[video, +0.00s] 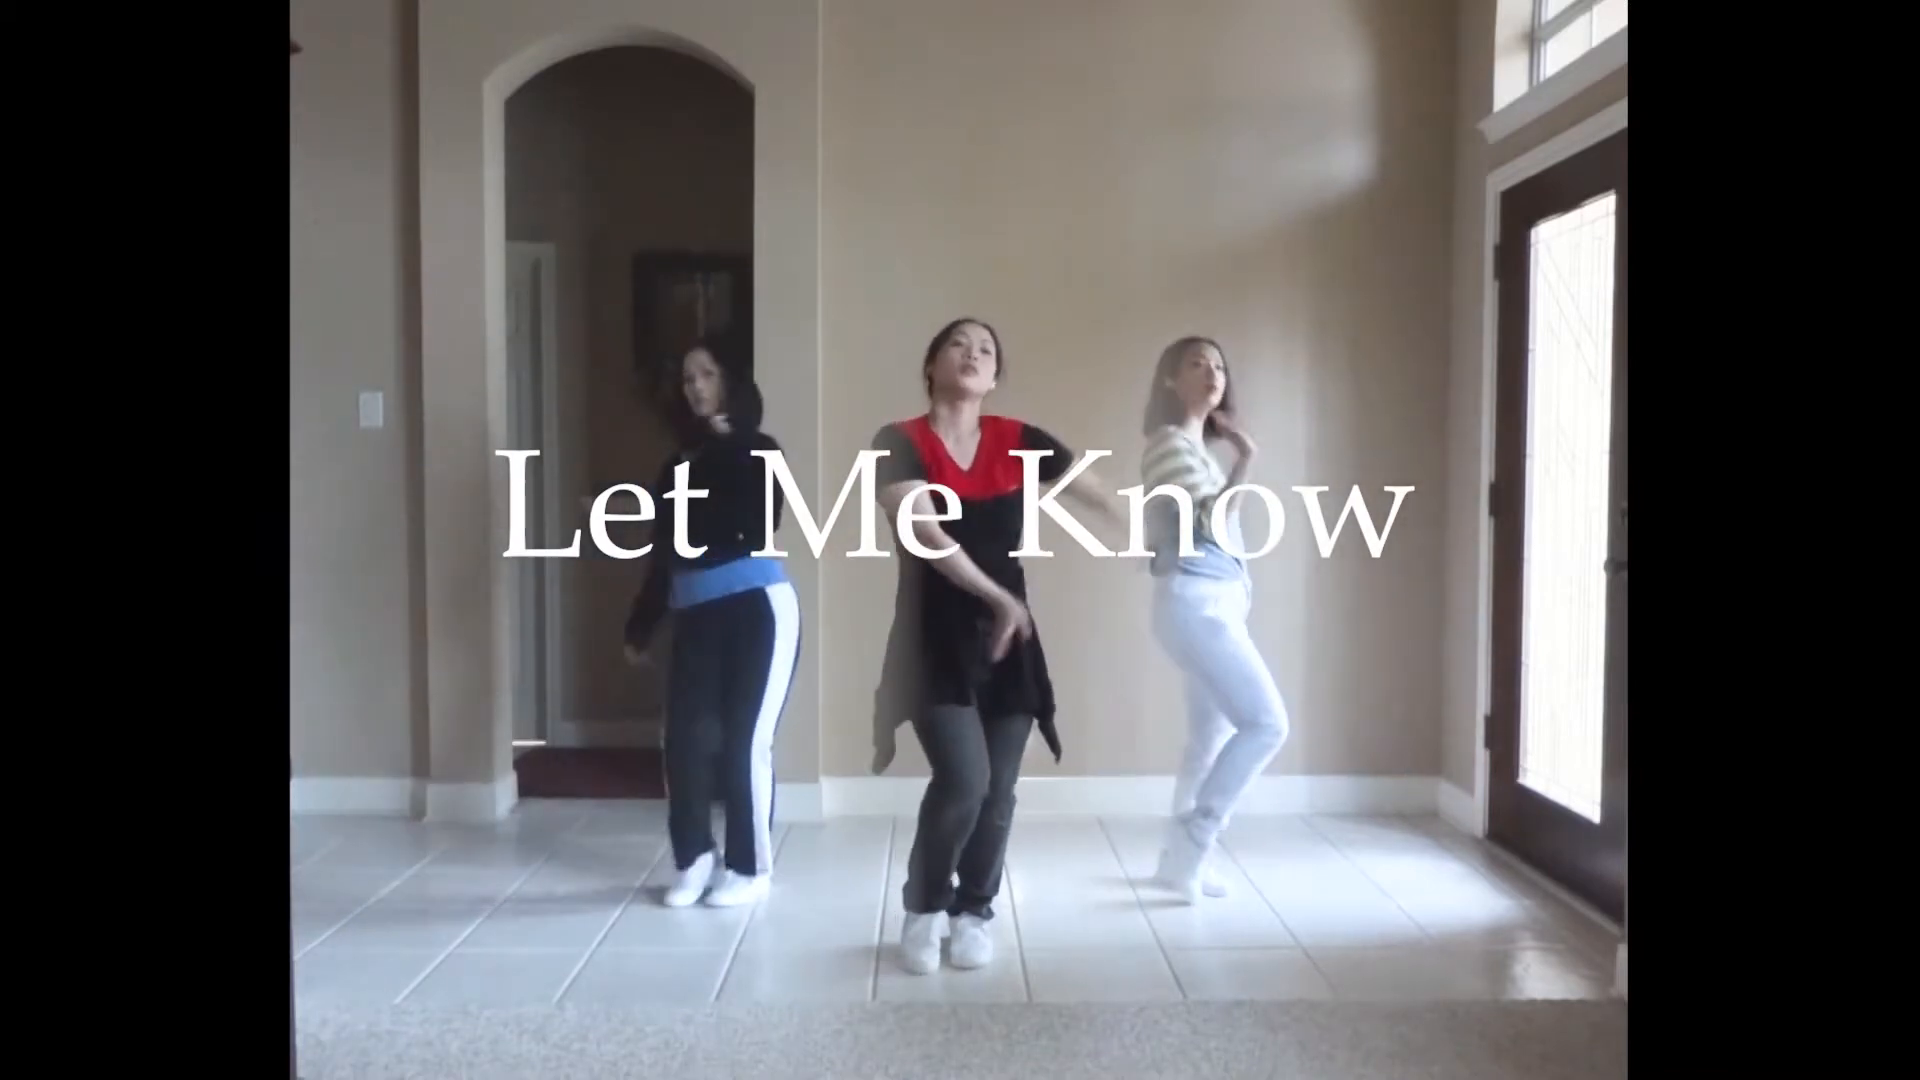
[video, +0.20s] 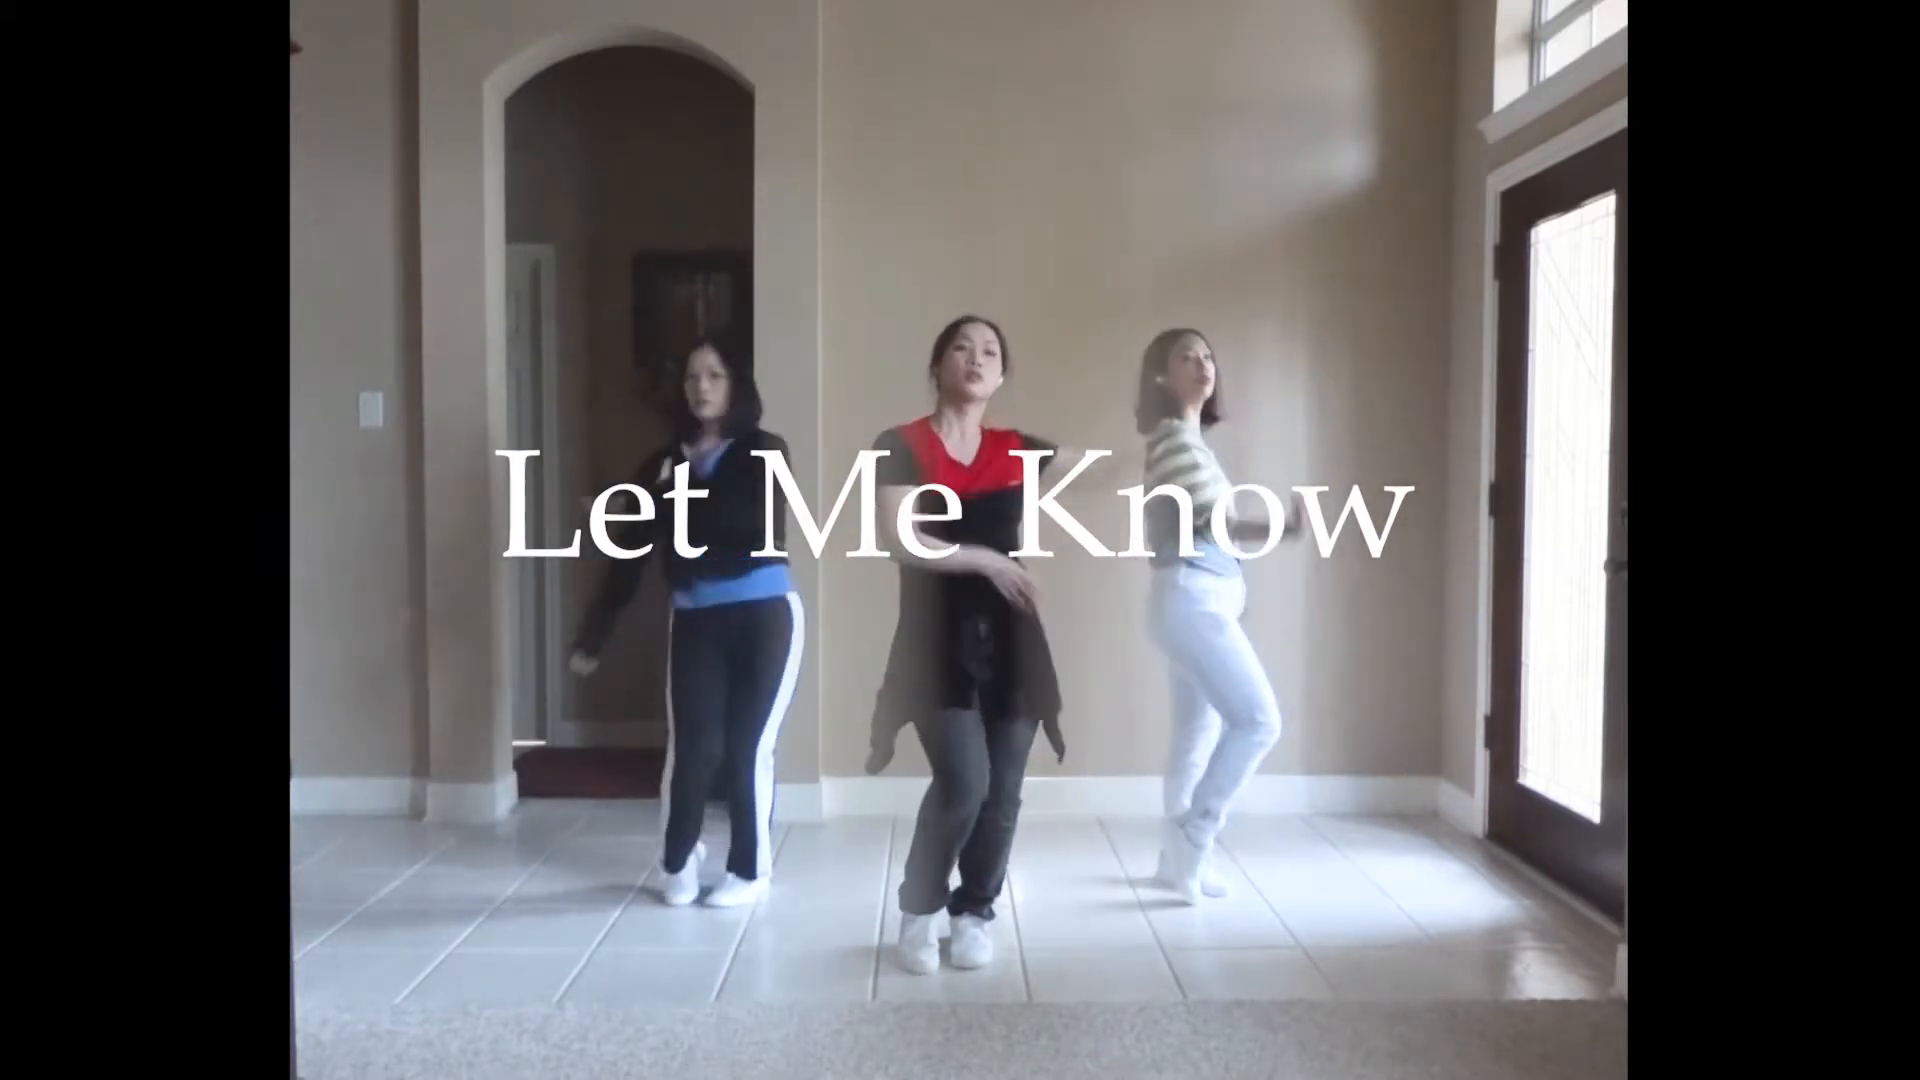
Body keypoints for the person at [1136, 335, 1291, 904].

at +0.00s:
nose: (1211, 373)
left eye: (1218, 367)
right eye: (1197, 364)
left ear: (1224, 387)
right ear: (1170, 379)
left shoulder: (1205, 447)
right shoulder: (1170, 444)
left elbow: (1207, 526)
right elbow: (1205, 518)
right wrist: (1243, 462)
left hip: (1222, 599)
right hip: (1192, 602)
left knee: (1204, 737)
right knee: (1267, 725)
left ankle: (1184, 857)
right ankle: (1189, 846)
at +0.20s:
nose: (1204, 365)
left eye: (1208, 358)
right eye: (1189, 358)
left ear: (1215, 375)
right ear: (1161, 377)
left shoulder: (1188, 440)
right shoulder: (1177, 441)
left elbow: (1213, 524)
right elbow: (1220, 520)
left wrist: (1279, 520)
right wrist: (1286, 515)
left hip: (1200, 596)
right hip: (1189, 598)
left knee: (1193, 731)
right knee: (1257, 722)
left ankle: (1179, 857)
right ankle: (1191, 845)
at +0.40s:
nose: (1200, 368)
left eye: (1203, 359)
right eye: (1186, 361)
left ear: (1209, 370)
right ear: (1159, 377)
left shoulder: (1153, 439)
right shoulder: (1201, 437)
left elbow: (1200, 492)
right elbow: (1235, 517)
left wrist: (1259, 478)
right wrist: (1274, 593)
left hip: (1165, 591)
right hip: (1195, 596)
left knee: (1189, 729)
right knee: (1242, 731)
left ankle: (1187, 850)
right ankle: (1168, 839)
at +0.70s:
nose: (1197, 384)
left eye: (1204, 374)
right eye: (1182, 374)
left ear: (1212, 385)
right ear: (1155, 384)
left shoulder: (1201, 449)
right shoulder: (1148, 433)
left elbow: (1262, 503)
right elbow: (1203, 497)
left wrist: (1255, 449)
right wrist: (1237, 506)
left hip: (1221, 606)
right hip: (1172, 606)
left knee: (1220, 734)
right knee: (1215, 735)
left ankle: (1190, 848)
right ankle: (1157, 846)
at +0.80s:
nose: (1197, 397)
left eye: (1205, 386)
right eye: (1184, 387)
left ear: (1217, 394)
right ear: (1158, 394)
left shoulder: (1228, 462)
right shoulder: (1141, 450)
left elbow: (1251, 537)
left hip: (1226, 604)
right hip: (1170, 605)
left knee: (1223, 733)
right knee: (1213, 734)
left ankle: (1191, 849)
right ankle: (1157, 847)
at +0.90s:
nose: (1198, 406)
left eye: (1206, 393)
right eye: (1185, 396)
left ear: (1218, 399)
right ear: (1159, 403)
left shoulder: (1234, 468)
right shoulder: (1136, 447)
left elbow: (1260, 549)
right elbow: (1113, 425)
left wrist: (1318, 586)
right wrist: (1100, 404)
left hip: (1229, 613)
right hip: (1165, 613)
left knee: (1228, 742)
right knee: (1203, 738)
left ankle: (1190, 855)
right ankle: (1152, 854)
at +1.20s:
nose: (1190, 374)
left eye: (1200, 364)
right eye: (1178, 364)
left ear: (1217, 374)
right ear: (1157, 374)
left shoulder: (1242, 442)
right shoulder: (1135, 434)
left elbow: (1288, 502)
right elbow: (1085, 415)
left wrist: (1326, 558)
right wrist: (1074, 377)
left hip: (1213, 605)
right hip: (1145, 601)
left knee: (1213, 740)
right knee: (1140, 731)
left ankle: (1186, 857)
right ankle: (1134, 856)